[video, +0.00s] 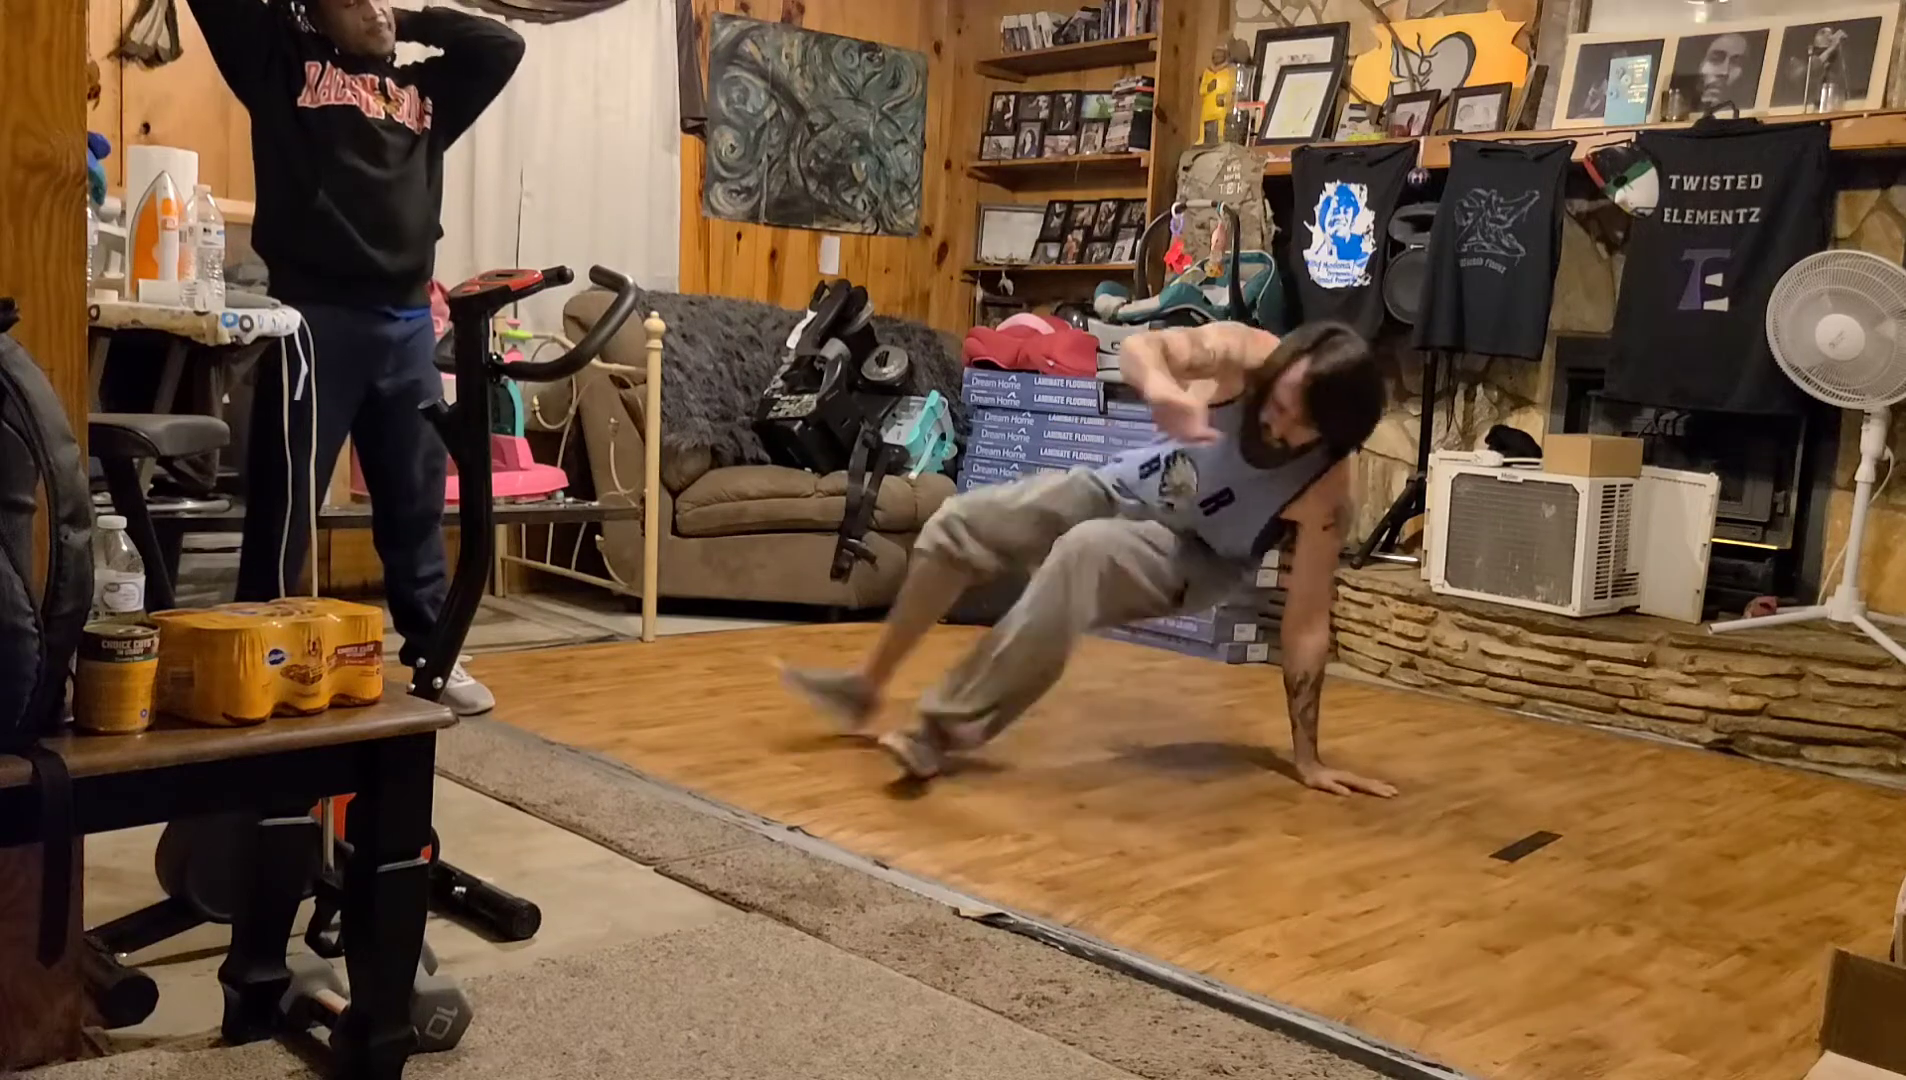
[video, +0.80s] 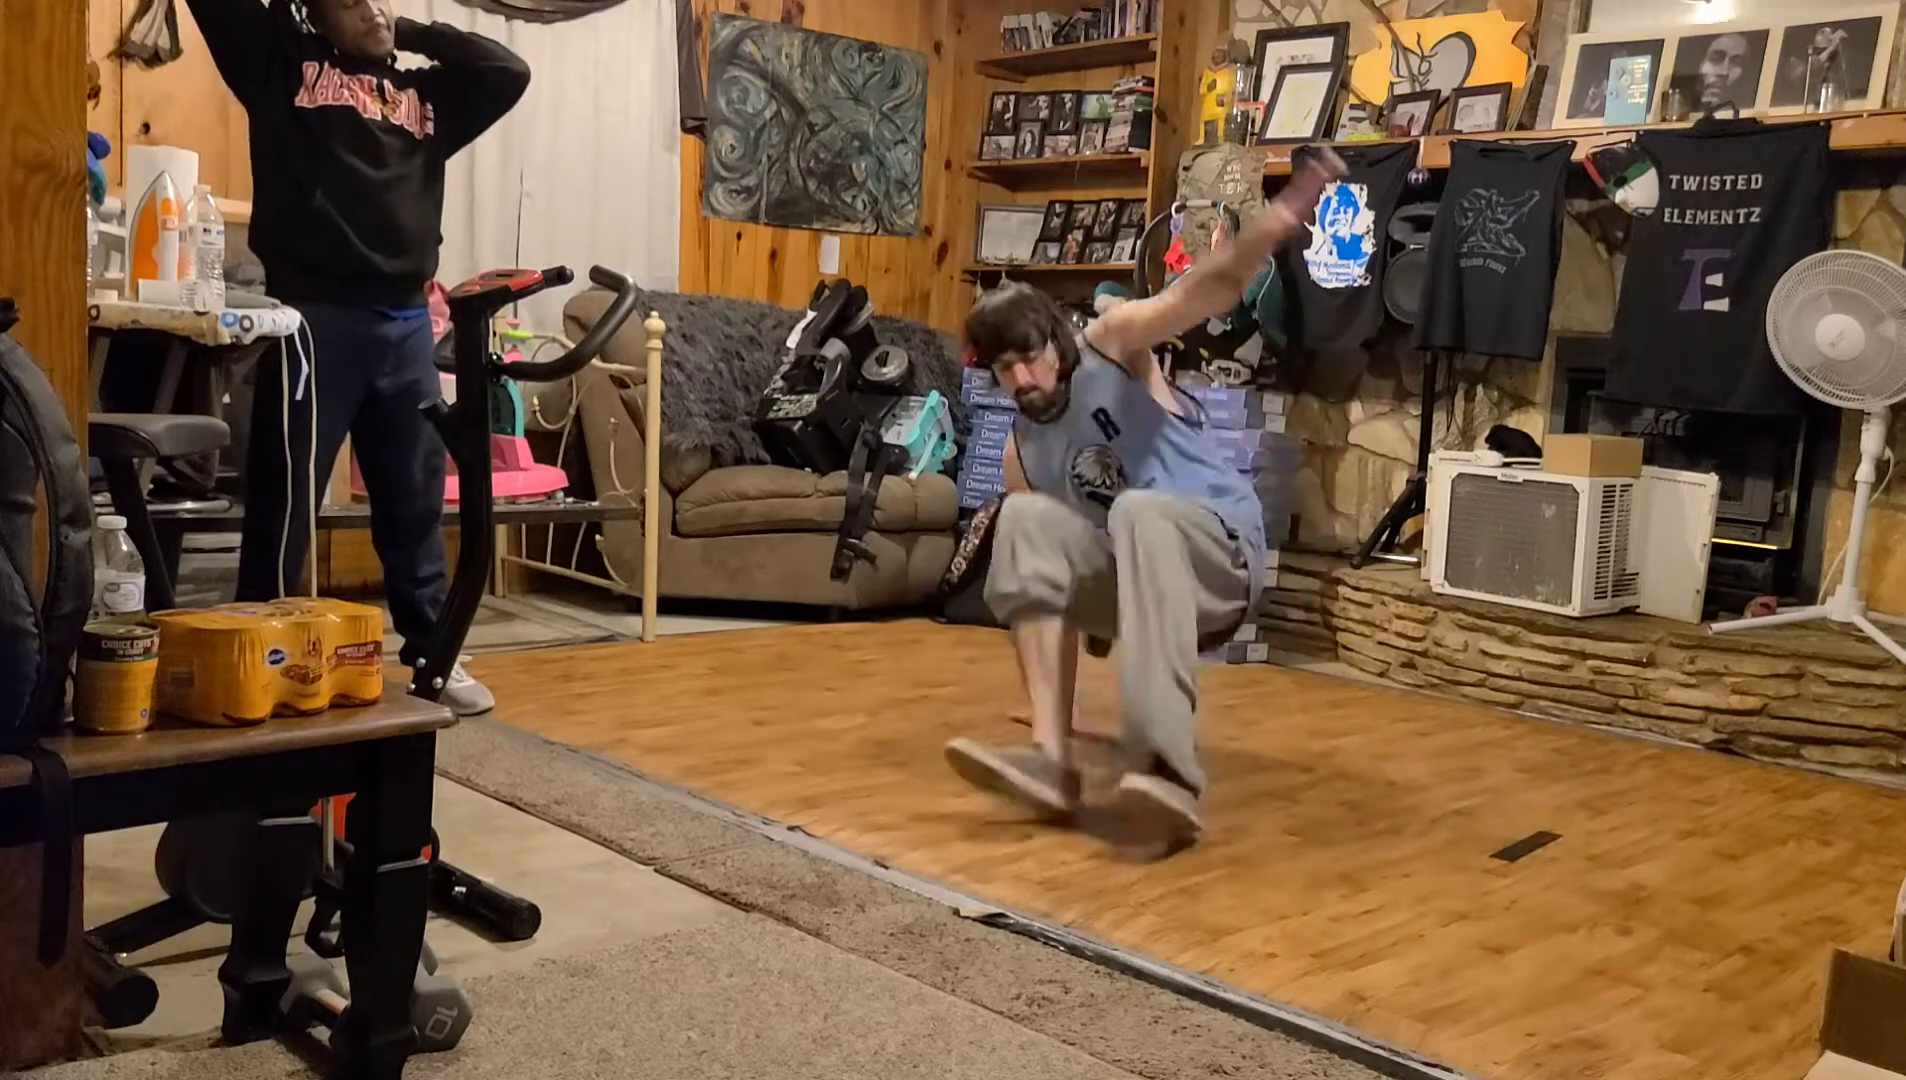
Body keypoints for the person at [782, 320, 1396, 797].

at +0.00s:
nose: (1277, 417)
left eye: (1298, 420)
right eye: (1280, 397)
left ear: (1329, 430)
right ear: (1282, 361)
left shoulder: (1323, 486)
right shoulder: (1248, 350)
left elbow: (1309, 624)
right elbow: (1141, 347)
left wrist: (1309, 760)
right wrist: (1170, 392)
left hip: (1196, 555)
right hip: (1138, 488)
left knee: (1085, 553)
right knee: (966, 522)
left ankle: (940, 737)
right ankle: (866, 690)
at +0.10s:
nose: (1292, 431)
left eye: (1313, 432)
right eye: (1291, 409)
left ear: (1346, 434)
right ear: (1299, 371)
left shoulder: (1333, 484)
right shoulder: (1256, 347)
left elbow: (1313, 621)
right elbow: (1140, 317)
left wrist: (1308, 758)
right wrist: (1138, 345)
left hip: (1183, 558)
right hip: (1113, 496)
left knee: (1076, 543)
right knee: (953, 537)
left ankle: (935, 730)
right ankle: (827, 697)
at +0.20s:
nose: (1284, 420)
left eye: (1308, 420)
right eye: (1286, 398)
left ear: (1349, 426)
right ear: (1291, 365)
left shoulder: (1330, 500)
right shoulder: (1252, 341)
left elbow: (1309, 624)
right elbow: (1139, 293)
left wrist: (1310, 755)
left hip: (1189, 561)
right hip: (1130, 503)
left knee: (1070, 505)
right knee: (954, 500)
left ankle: (977, 725)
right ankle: (885, 686)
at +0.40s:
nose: (1160, 421)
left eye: (1180, 411)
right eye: (1153, 401)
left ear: (1228, 417)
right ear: (1147, 385)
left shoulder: (1260, 490)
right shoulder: (1107, 402)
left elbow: (1281, 632)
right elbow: (1032, 490)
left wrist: (1317, 757)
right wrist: (942, 589)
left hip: (1202, 610)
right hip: (1109, 576)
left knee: (1083, 566)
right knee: (992, 544)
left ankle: (1149, 734)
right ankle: (1086, 717)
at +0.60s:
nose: (1034, 393)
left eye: (1045, 373)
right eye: (1017, 381)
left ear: (1077, 355)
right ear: (1008, 386)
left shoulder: (1140, 368)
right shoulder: (1029, 455)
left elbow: (1238, 371)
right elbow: (1055, 598)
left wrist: (1257, 383)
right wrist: (1055, 717)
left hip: (1211, 592)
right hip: (1112, 601)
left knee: (1122, 550)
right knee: (1016, 510)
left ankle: (1170, 727)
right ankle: (1101, 723)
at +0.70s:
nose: (1028, 376)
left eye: (1038, 356)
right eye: (1012, 365)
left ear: (1065, 338)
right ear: (997, 369)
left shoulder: (1116, 340)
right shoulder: (1028, 452)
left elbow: (1198, 287)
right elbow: (1063, 595)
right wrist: (1058, 727)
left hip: (1219, 566)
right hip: (1117, 580)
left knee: (1134, 515)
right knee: (1017, 524)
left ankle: (1188, 769)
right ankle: (1055, 761)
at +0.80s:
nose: (1022, 379)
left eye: (1031, 358)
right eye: (1005, 369)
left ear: (1057, 342)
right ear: (992, 374)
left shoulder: (1110, 339)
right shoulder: (1025, 456)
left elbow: (1200, 293)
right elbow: (1050, 585)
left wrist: (1272, 229)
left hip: (1224, 549)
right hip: (1126, 570)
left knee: (1142, 511)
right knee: (1025, 514)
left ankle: (1168, 775)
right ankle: (1051, 758)